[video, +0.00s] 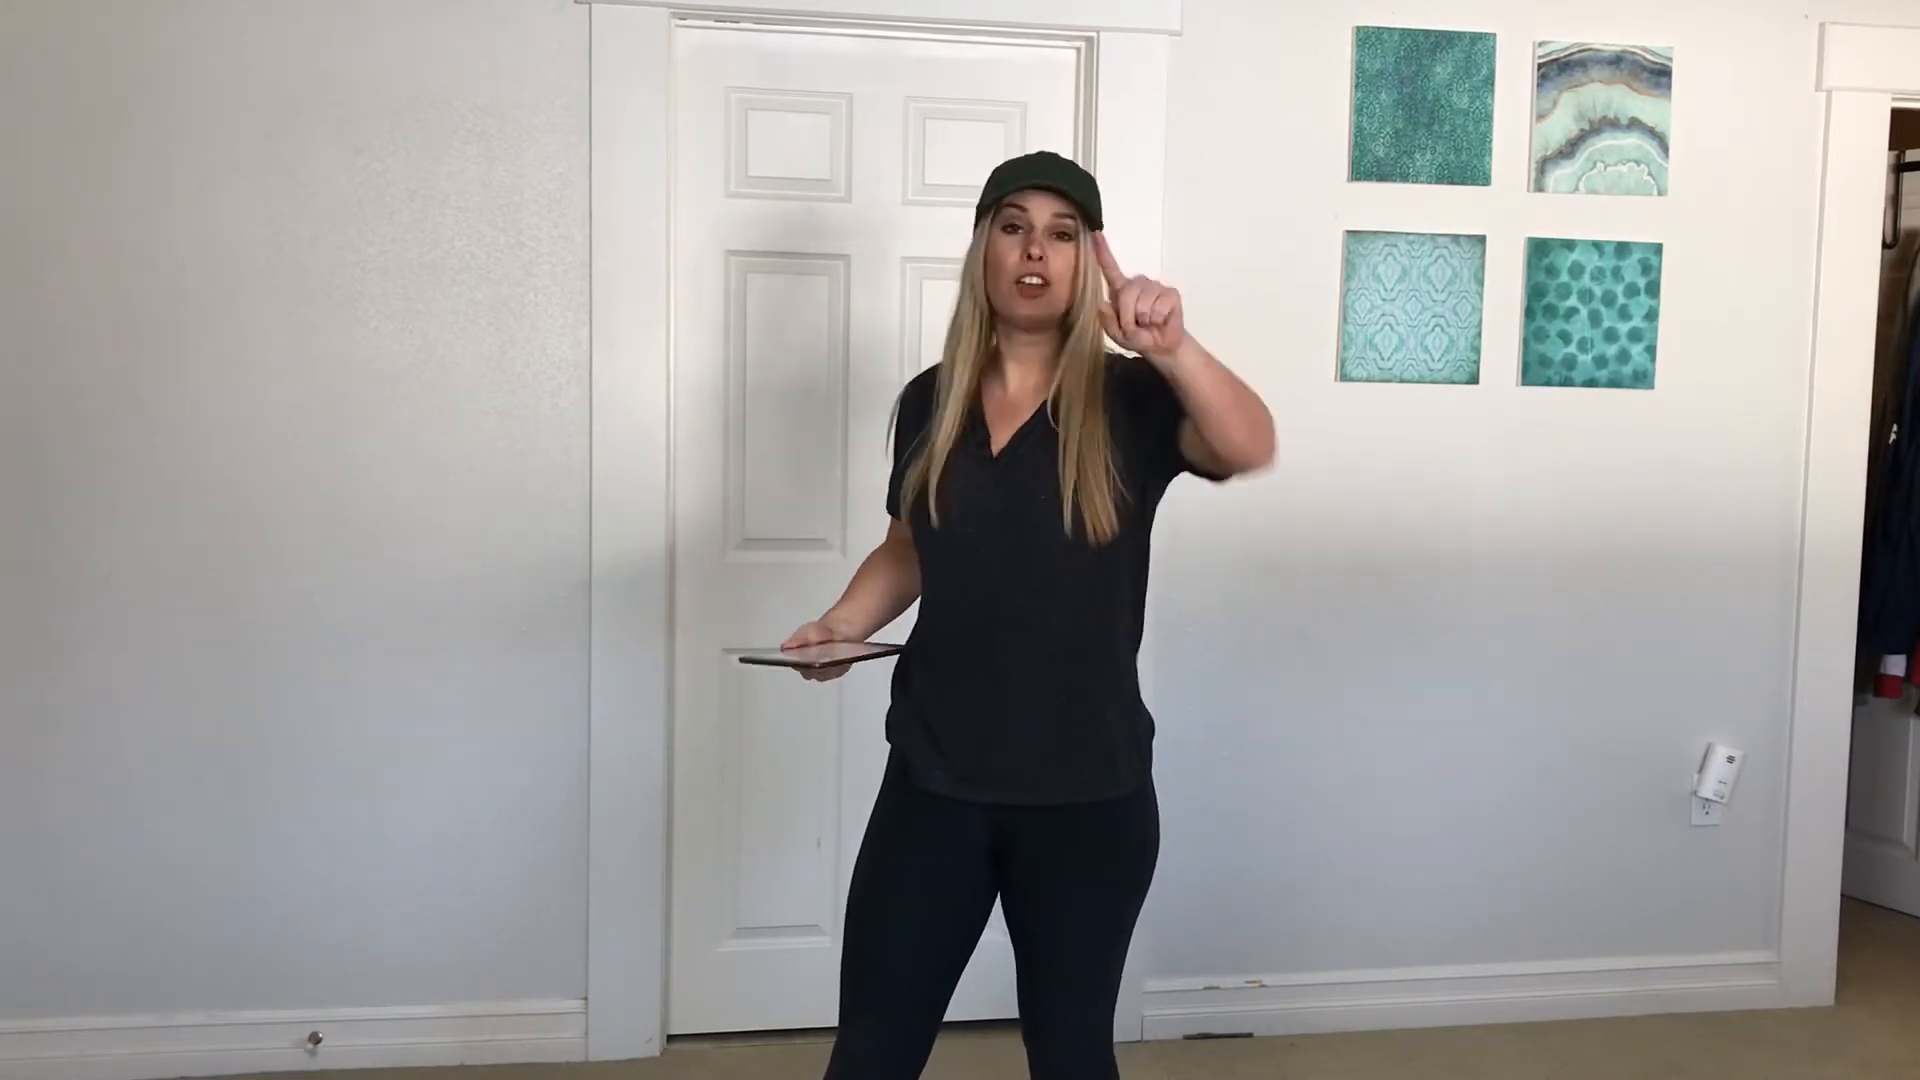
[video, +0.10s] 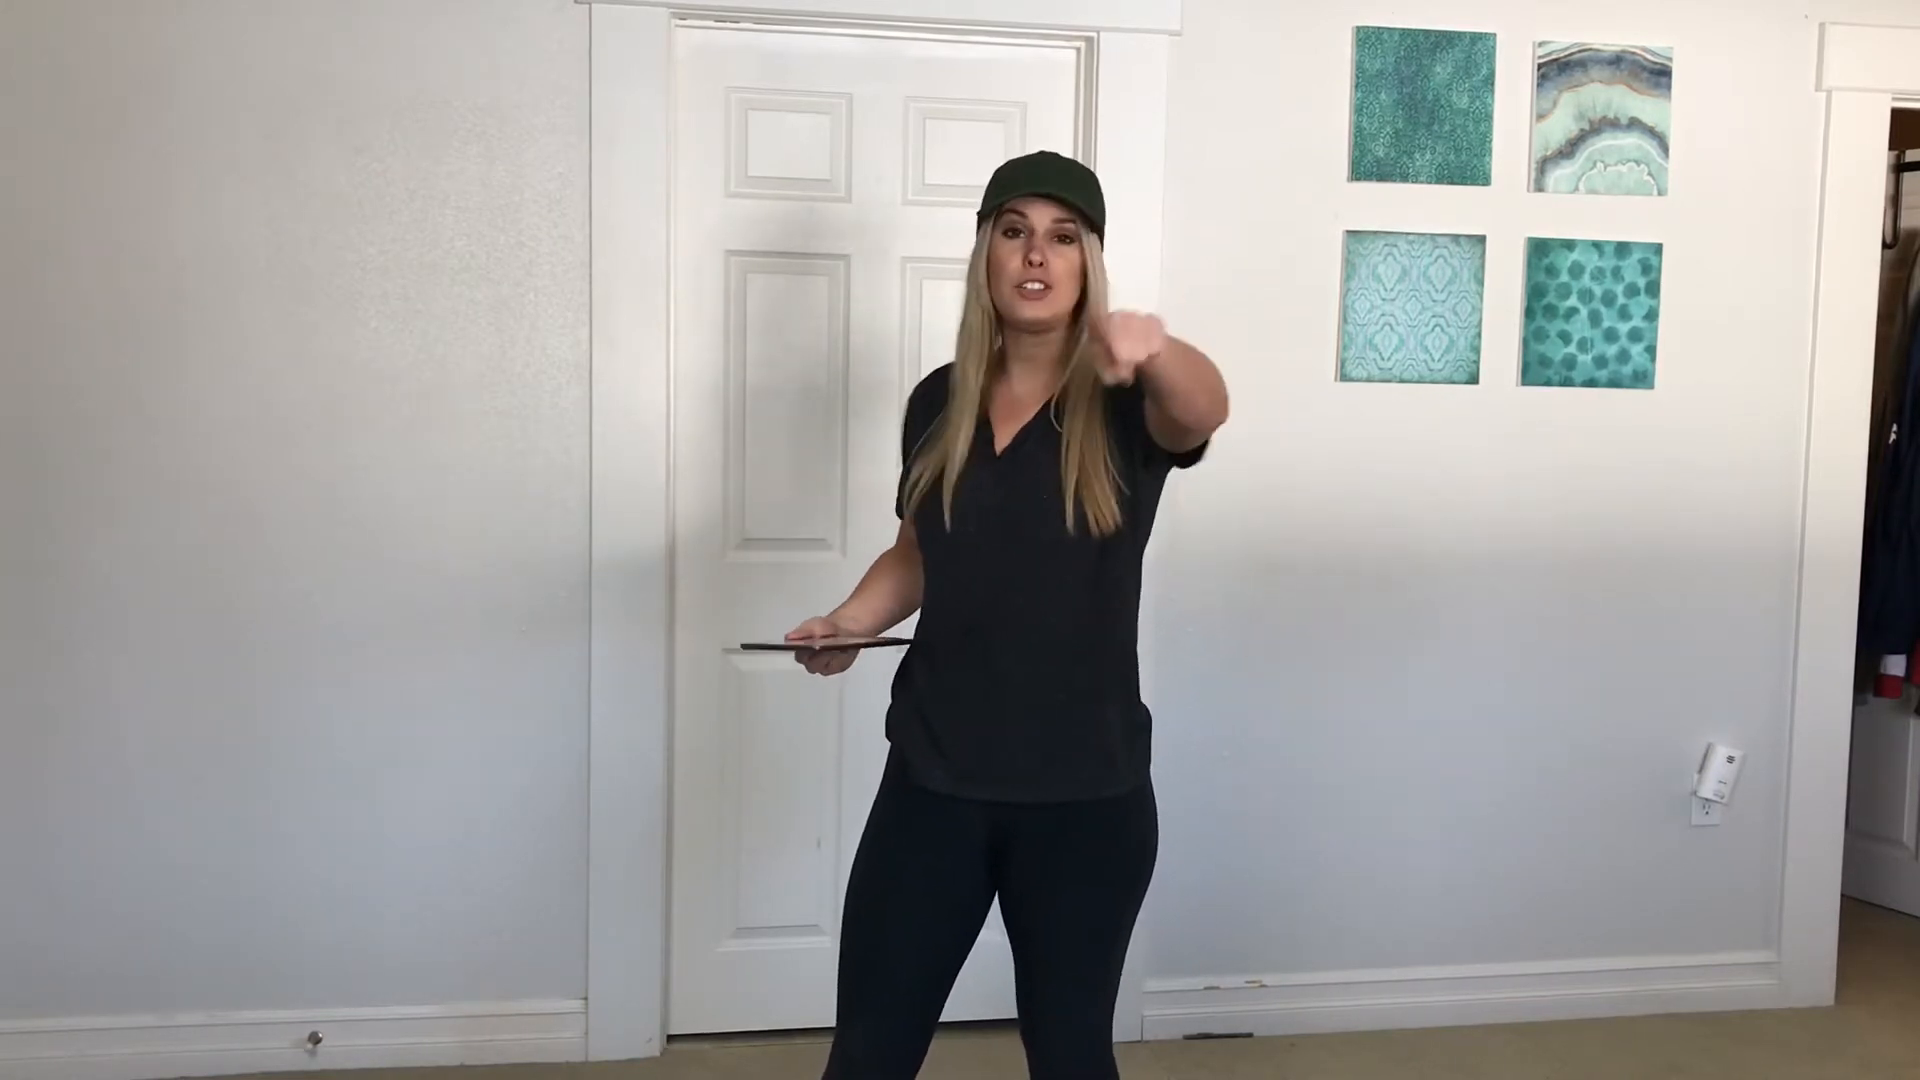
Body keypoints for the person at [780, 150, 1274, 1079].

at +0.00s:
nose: (1034, 252)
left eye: (1060, 234)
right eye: (1011, 229)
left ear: (1090, 260)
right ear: (980, 253)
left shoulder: (1127, 397)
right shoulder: (933, 402)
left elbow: (1250, 445)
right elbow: (912, 544)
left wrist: (1172, 347)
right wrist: (846, 623)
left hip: (1084, 797)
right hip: (933, 789)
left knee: (1070, 1056)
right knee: (871, 1056)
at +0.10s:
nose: (1034, 256)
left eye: (1059, 236)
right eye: (1012, 233)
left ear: (1090, 263)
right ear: (983, 257)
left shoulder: (1125, 402)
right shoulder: (941, 401)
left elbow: (1205, 413)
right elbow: (923, 546)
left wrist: (1156, 350)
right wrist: (854, 619)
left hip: (1082, 797)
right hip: (932, 789)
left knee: (1069, 1056)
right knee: (868, 1056)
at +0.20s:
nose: (1025, 260)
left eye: (1053, 241)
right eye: (1006, 237)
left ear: (1087, 263)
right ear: (981, 255)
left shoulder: (1121, 398)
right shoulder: (942, 402)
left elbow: (1203, 437)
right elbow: (929, 552)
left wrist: (1112, 364)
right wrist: (863, 620)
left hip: (1082, 798)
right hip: (935, 790)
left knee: (1069, 1054)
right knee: (869, 1055)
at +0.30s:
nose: (1027, 262)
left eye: (1055, 242)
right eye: (1008, 237)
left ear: (1088, 266)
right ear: (981, 255)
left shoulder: (1129, 395)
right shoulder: (942, 404)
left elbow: (1205, 454)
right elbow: (932, 551)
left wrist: (1096, 387)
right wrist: (866, 620)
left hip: (1083, 800)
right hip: (937, 792)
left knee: (1070, 1053)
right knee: (871, 1054)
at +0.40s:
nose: (1030, 260)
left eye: (1057, 242)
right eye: (1010, 236)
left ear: (1090, 268)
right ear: (982, 258)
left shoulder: (1130, 393)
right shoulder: (944, 403)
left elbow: (1206, 460)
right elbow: (934, 551)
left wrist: (1101, 414)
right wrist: (868, 615)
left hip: (1084, 800)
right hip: (937, 793)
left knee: (1069, 1054)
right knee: (872, 1055)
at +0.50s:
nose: (1032, 259)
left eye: (1060, 241)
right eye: (1012, 235)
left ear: (1092, 267)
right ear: (983, 256)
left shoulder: (1133, 396)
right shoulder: (943, 402)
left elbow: (1213, 474)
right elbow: (935, 546)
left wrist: (1127, 430)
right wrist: (869, 613)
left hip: (1083, 799)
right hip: (936, 791)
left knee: (1069, 1053)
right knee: (873, 1055)